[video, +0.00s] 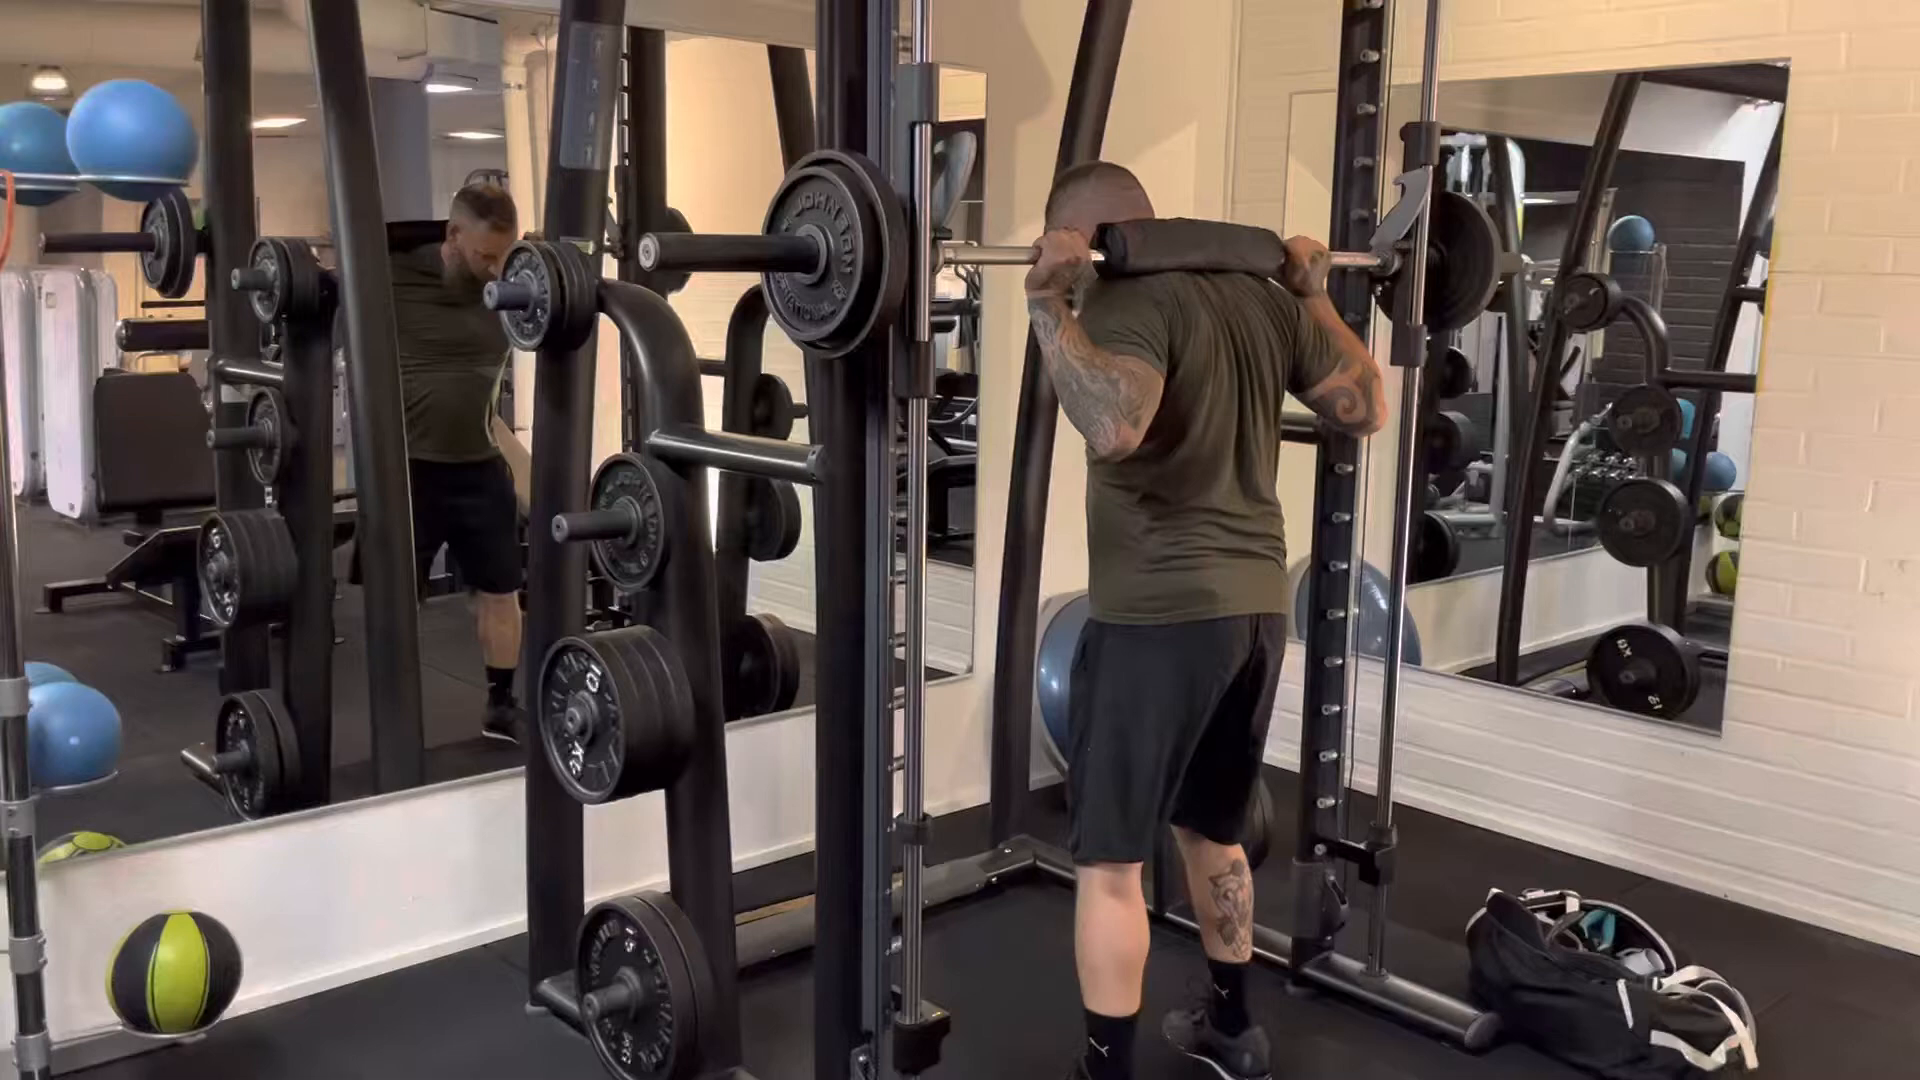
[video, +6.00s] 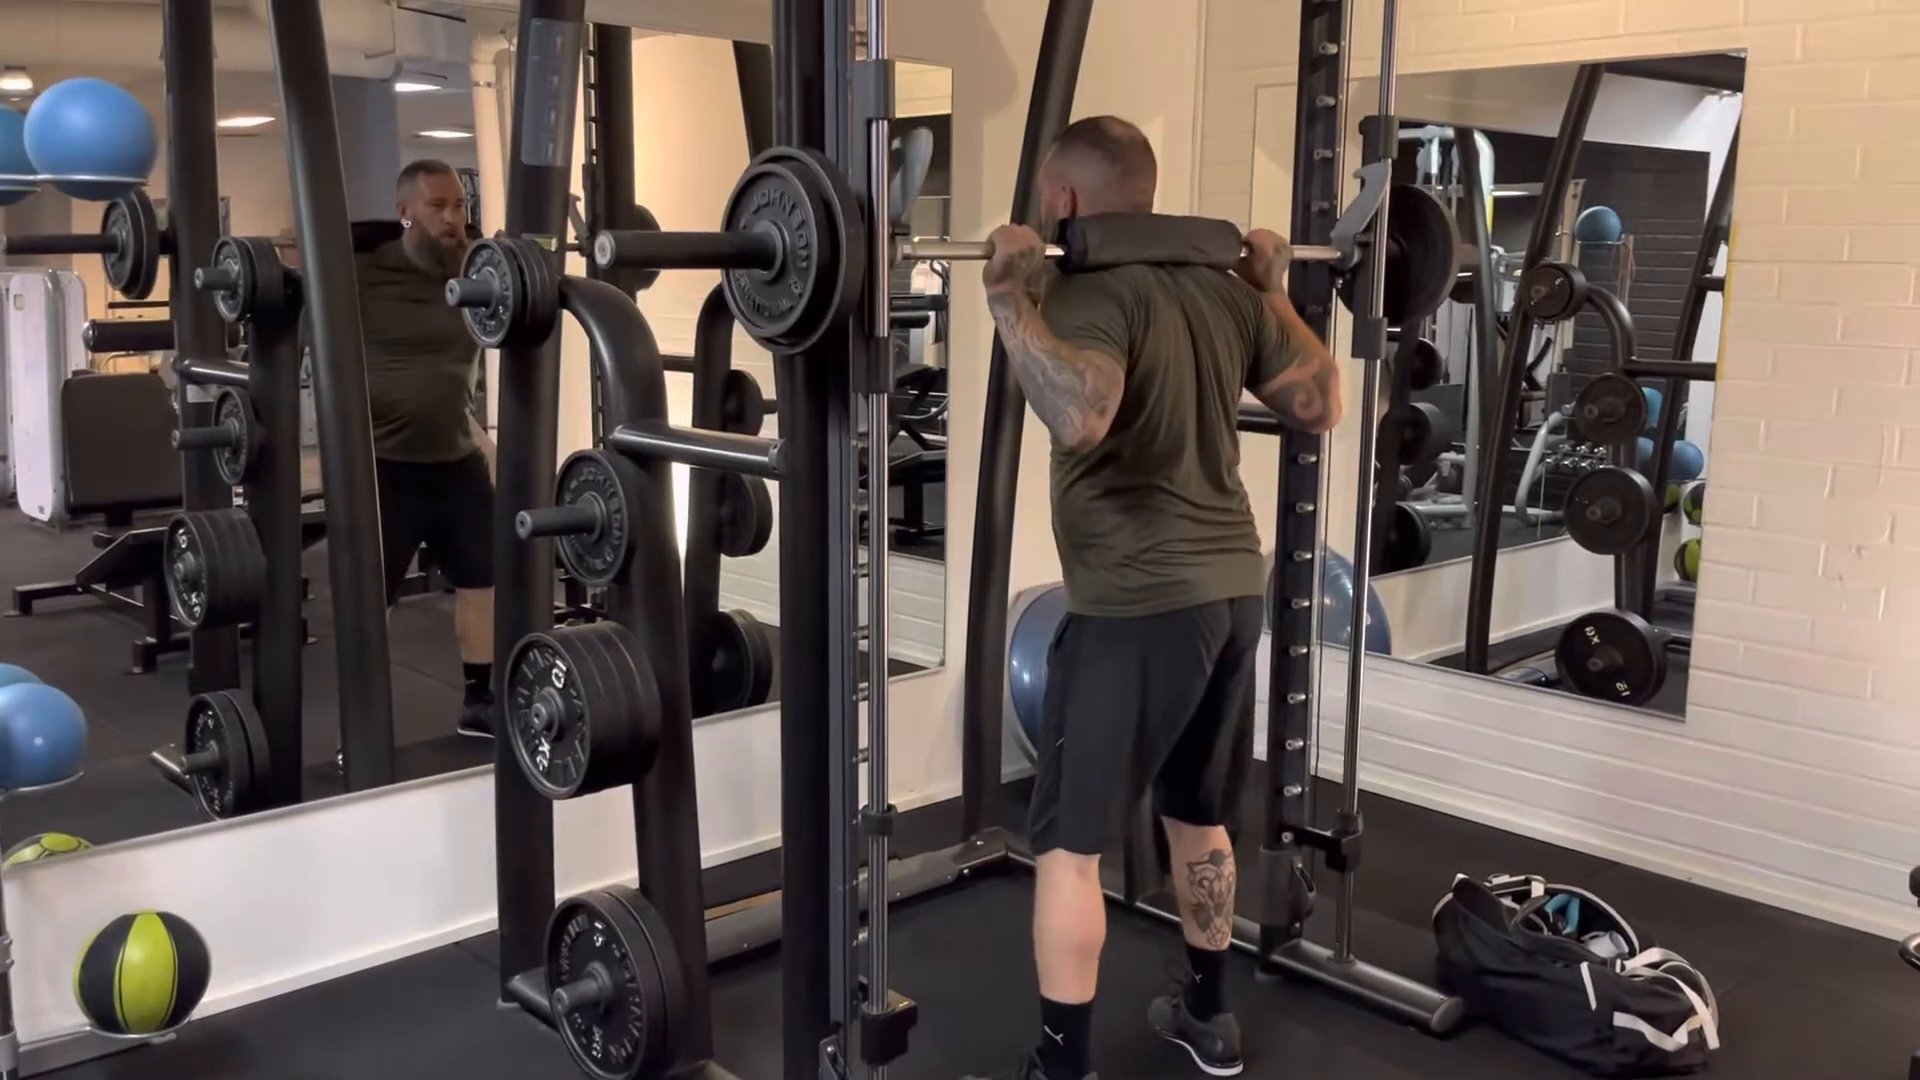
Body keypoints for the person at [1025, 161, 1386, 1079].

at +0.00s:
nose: (1066, 268)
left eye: (1066, 254)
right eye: (1060, 254)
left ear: (1093, 241)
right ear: (1149, 218)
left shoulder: (1139, 297)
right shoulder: (1261, 293)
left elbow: (1115, 425)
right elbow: (1364, 407)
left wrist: (1051, 306)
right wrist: (1316, 295)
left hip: (1157, 620)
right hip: (1255, 612)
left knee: (1112, 857)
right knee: (1212, 822)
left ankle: (1108, 1066)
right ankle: (1231, 1025)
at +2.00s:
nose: (1068, 217)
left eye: (1071, 202)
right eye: (1072, 200)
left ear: (1095, 205)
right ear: (1175, 201)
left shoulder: (1125, 299)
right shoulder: (1243, 299)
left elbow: (1121, 427)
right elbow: (1342, 417)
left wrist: (1047, 305)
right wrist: (1306, 301)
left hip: (1148, 625)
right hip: (1244, 616)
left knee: (1095, 857)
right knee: (1206, 828)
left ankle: (1085, 1066)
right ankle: (1223, 1033)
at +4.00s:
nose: (1043, 347)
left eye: (1047, 330)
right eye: (1046, 328)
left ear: (1071, 337)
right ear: (1140, 333)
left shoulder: (1106, 423)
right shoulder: (1233, 412)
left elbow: (1102, 556)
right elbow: (1337, 517)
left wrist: (1023, 451)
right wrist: (1279, 413)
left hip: (1193, 733)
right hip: (1292, 719)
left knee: (996, 834)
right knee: (1178, 813)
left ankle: (1062, 1050)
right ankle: (1213, 998)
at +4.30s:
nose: (1037, 499)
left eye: (1038, 483)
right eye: (1035, 482)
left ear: (1064, 494)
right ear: (1139, 479)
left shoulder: (1101, 571)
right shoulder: (1227, 554)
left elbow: (1100, 705)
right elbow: (1335, 648)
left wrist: (1015, 596)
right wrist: (1273, 544)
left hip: (1212, 871)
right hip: (1308, 853)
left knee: (982, 841)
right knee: (1165, 800)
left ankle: (1058, 1054)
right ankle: (1209, 996)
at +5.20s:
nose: (1041, 359)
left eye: (1044, 343)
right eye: (1043, 343)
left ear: (1065, 347)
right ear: (1140, 337)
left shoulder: (1097, 430)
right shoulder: (1225, 417)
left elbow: (1088, 562)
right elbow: (1328, 523)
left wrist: (1009, 451)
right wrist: (1270, 419)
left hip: (1193, 726)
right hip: (1292, 714)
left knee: (999, 844)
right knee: (1170, 815)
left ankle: (1054, 1060)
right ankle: (1205, 1010)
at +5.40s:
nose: (1044, 256)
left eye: (1046, 241)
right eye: (1045, 242)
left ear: (1069, 237)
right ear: (1146, 230)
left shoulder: (1101, 324)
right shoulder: (1230, 319)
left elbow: (1086, 452)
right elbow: (1318, 432)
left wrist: (1013, 338)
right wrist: (1275, 322)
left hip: (1164, 633)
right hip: (1264, 625)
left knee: (1039, 838)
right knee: (1191, 804)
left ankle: (1059, 1063)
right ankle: (1209, 1015)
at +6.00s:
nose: (1042, 214)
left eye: (1044, 199)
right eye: (1045, 200)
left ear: (1067, 195)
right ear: (1147, 191)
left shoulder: (1095, 283)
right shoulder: (1225, 281)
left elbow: (1081, 414)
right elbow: (1315, 402)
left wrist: (1009, 291)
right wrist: (1273, 293)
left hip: (1135, 604)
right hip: (1234, 592)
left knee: (1072, 840)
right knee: (1197, 806)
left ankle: (1061, 1065)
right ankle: (1209, 1016)